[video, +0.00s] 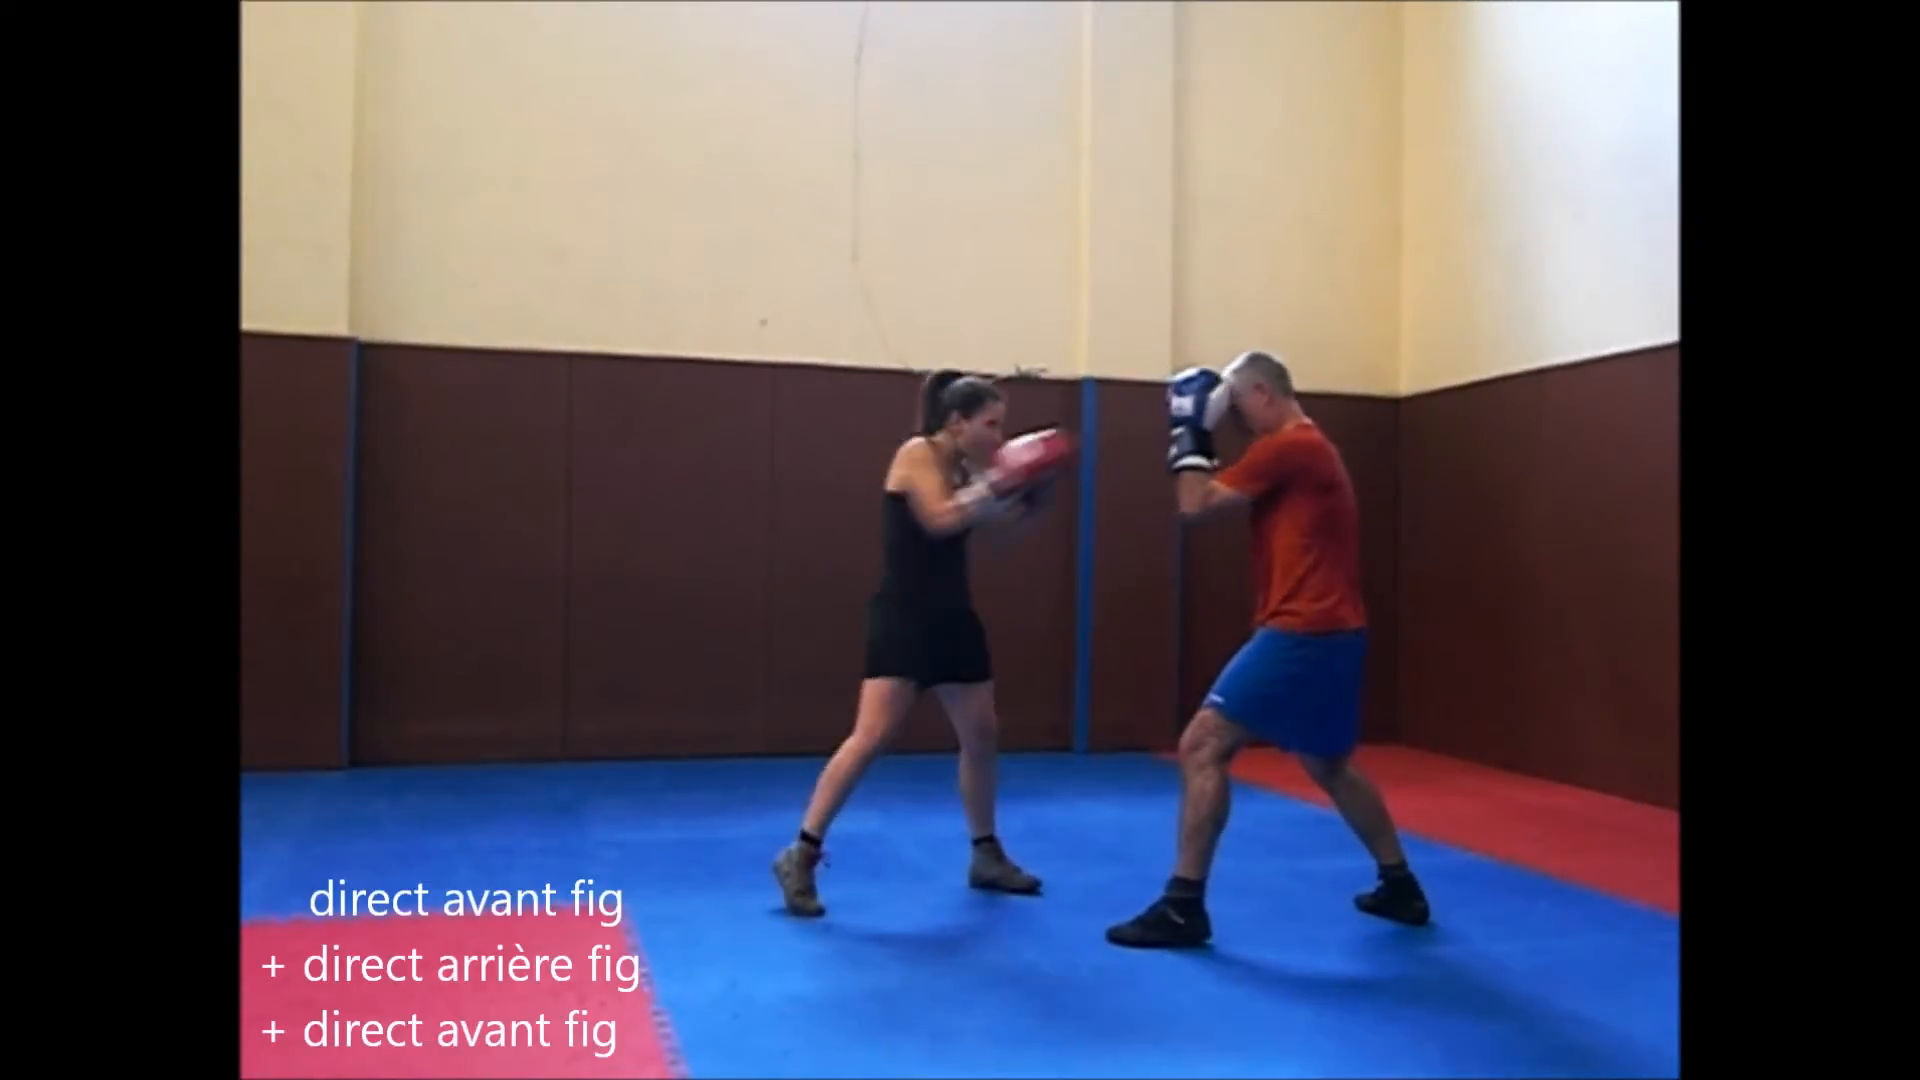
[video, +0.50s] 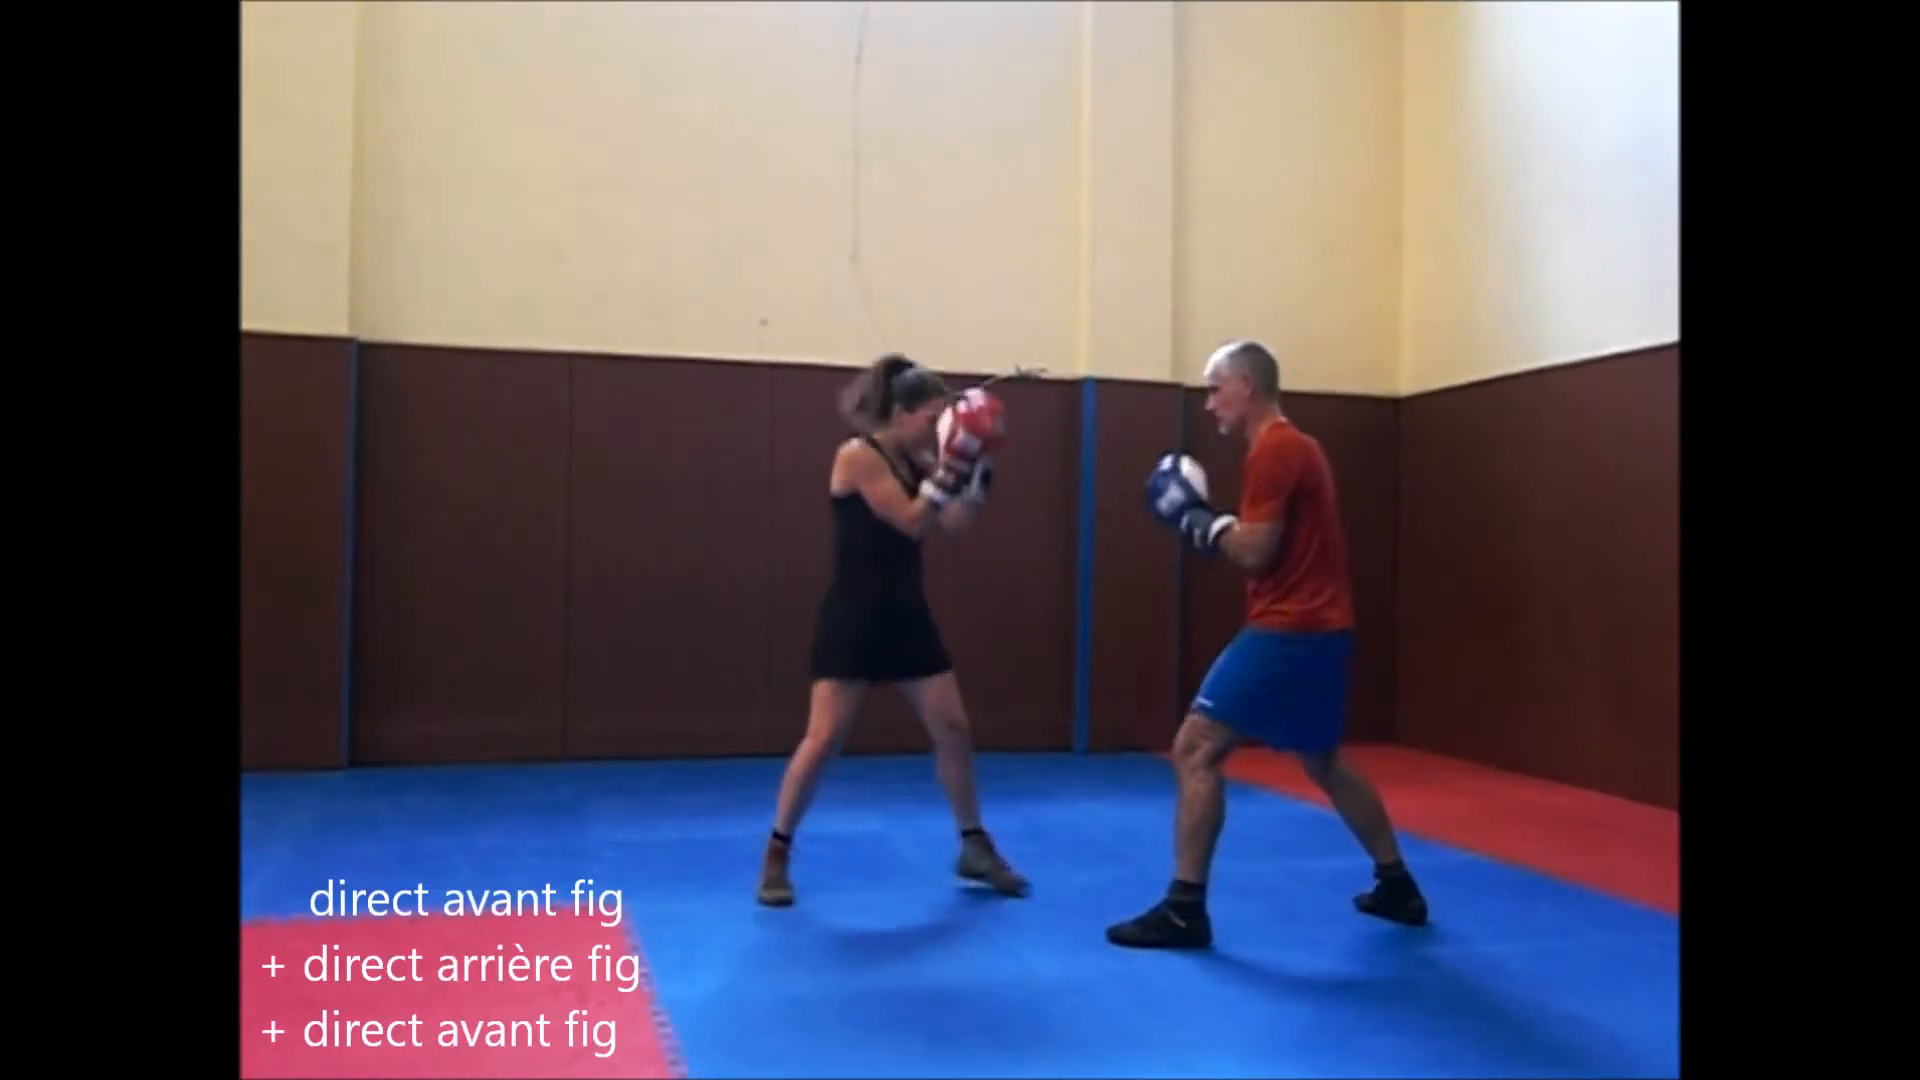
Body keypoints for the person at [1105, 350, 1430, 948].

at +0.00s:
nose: (1236, 415)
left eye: (1238, 402)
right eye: (1234, 404)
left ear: (1264, 393)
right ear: (1278, 392)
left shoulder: (1287, 447)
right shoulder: (1308, 446)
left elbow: (1194, 500)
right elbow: (1214, 493)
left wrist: (1185, 429)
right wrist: (1200, 433)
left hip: (1298, 631)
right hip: (1333, 631)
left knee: (1202, 748)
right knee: (1330, 764)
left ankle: (1183, 905)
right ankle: (1401, 886)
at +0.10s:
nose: (1236, 415)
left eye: (1238, 403)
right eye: (1234, 404)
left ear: (1263, 394)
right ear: (1278, 393)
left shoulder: (1289, 448)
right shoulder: (1309, 446)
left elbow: (1198, 505)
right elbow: (1218, 495)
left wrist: (1192, 434)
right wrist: (1199, 429)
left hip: (1298, 630)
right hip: (1333, 630)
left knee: (1205, 749)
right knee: (1332, 764)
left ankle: (1184, 906)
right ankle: (1401, 887)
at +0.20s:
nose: (1242, 417)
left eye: (1244, 403)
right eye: (1239, 405)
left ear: (1268, 391)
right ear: (1282, 390)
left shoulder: (1295, 446)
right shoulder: (1312, 445)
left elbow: (1202, 503)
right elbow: (1215, 495)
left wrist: (1185, 435)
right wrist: (1190, 433)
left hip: (1299, 631)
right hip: (1334, 631)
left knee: (1209, 750)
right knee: (1335, 765)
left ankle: (1184, 907)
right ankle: (1403, 888)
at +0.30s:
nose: (1234, 408)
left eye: (1238, 394)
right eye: (1231, 396)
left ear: (1270, 386)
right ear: (1277, 387)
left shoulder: (1294, 445)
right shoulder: (1307, 442)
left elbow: (1220, 517)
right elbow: (1232, 509)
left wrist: (1187, 461)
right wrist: (1199, 463)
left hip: (1296, 628)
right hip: (1334, 627)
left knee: (1213, 750)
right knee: (1340, 763)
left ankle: (1185, 907)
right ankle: (1403, 886)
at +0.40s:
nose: (1219, 408)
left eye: (1226, 394)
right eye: (1218, 396)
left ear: (1260, 392)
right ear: (1264, 394)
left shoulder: (1285, 453)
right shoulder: (1296, 450)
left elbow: (1249, 548)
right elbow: (1253, 538)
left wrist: (1197, 508)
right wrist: (1204, 508)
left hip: (1296, 634)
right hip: (1332, 633)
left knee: (1198, 747)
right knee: (1336, 764)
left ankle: (1185, 908)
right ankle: (1403, 887)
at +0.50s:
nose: (1209, 404)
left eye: (1216, 390)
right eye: (1208, 391)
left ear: (1250, 388)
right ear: (1252, 390)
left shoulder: (1274, 449)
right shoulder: (1294, 446)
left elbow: (1253, 549)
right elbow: (1265, 545)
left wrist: (1192, 515)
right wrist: (1203, 520)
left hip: (1284, 632)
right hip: (1321, 632)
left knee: (1195, 750)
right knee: (1326, 763)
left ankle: (1184, 908)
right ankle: (1397, 885)